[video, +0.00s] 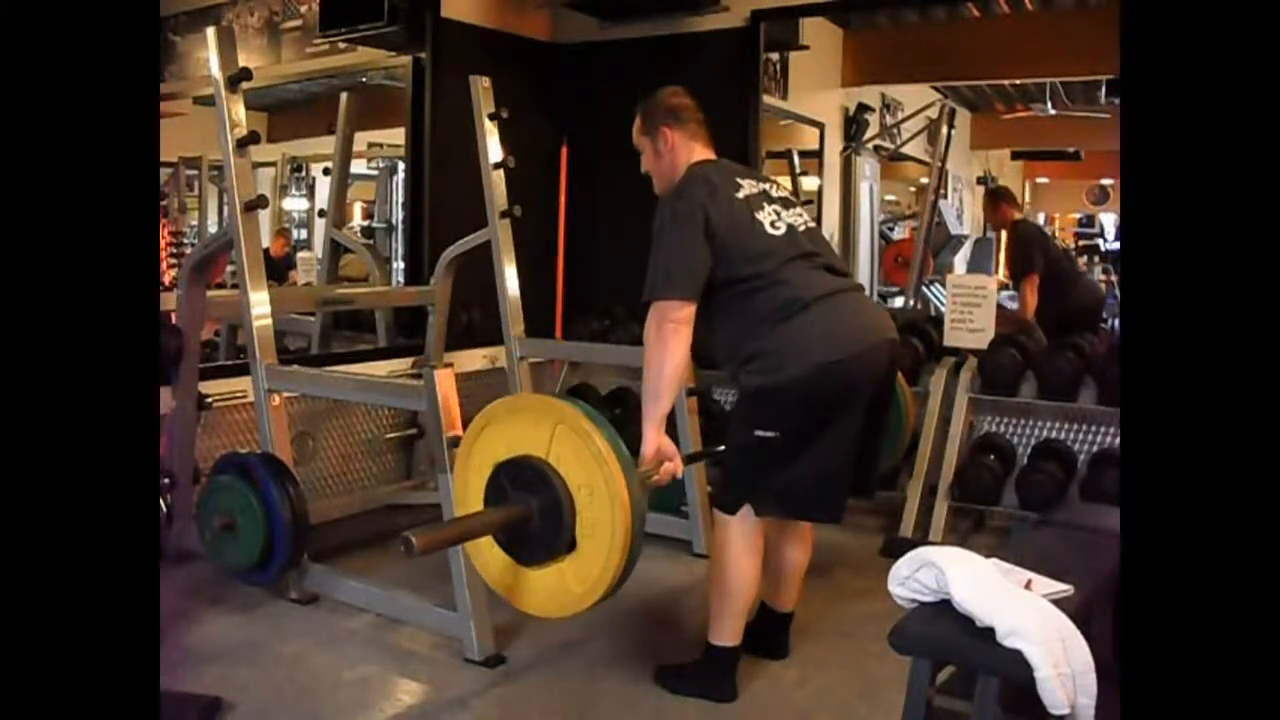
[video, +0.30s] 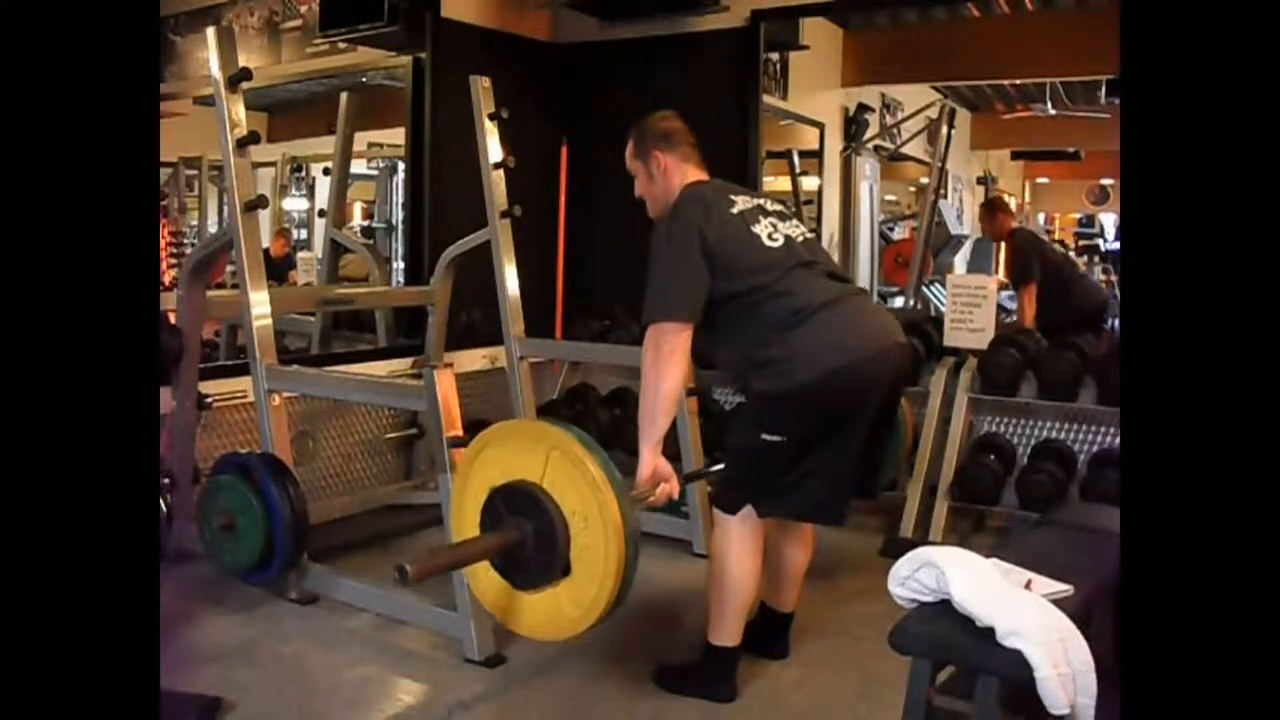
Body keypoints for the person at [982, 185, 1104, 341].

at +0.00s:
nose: (986, 218)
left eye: (988, 211)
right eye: (985, 212)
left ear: (1002, 208)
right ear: (1006, 207)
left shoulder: (1023, 231)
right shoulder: (1020, 231)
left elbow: (1030, 283)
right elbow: (1026, 284)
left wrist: (1023, 329)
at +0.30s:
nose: (984, 231)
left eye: (985, 223)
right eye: (982, 225)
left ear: (999, 217)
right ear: (1004, 216)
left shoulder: (1020, 241)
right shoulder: (1019, 239)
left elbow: (1028, 295)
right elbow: (1026, 294)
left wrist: (1026, 339)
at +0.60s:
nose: (981, 241)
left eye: (981, 233)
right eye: (979, 235)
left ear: (997, 228)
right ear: (1004, 227)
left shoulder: (1017, 251)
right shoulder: (1022, 247)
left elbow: (1027, 306)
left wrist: (1024, 350)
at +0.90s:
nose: (977, 253)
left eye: (977, 246)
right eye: (975, 247)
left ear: (991, 242)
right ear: (999, 240)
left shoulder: (1012, 264)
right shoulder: (1019, 259)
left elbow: (1025, 317)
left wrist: (1022, 358)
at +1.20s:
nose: (975, 262)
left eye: (976, 256)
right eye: (975, 256)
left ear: (990, 252)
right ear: (1000, 249)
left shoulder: (1010, 271)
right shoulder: (1018, 266)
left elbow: (1025, 321)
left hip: (1091, 311)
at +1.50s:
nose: (977, 235)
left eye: (979, 229)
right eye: (977, 229)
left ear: (994, 227)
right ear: (1001, 227)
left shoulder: (1015, 250)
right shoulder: (1017, 249)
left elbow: (1029, 307)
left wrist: (1026, 350)